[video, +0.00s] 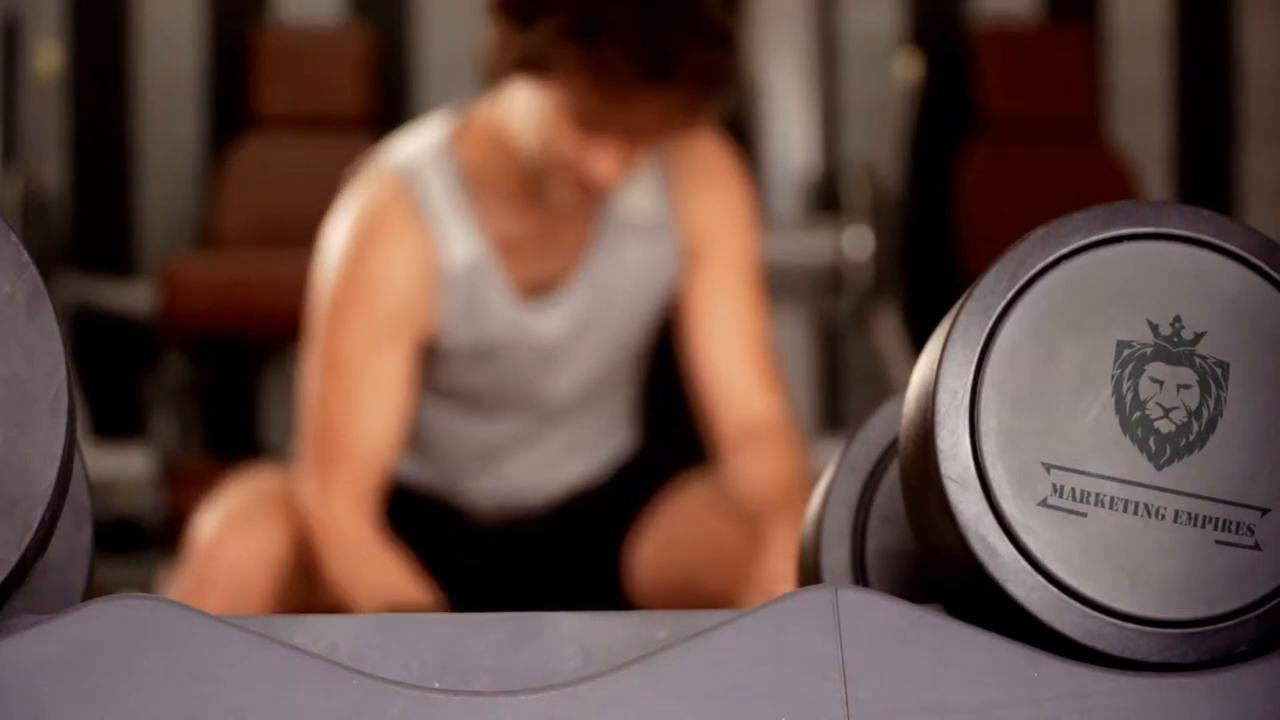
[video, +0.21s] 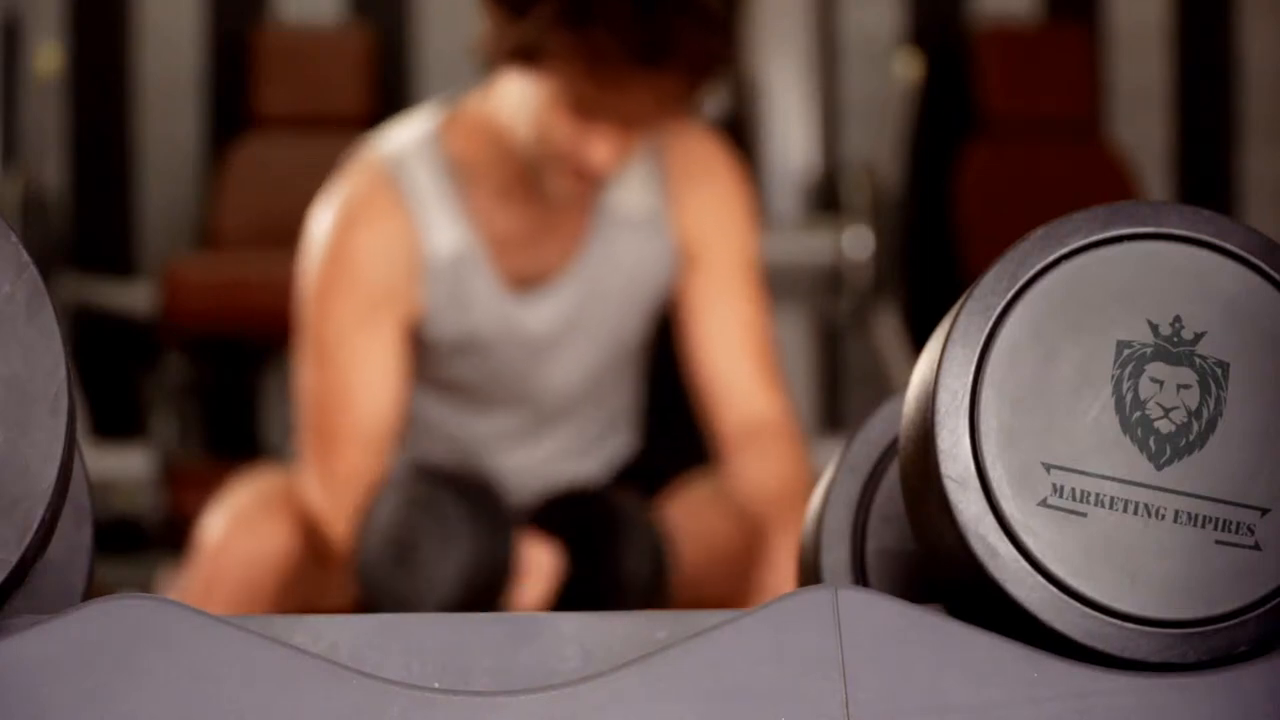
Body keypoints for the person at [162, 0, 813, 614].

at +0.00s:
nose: (611, 168)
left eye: (645, 137)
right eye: (591, 127)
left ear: (676, 110)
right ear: (524, 67)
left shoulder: (696, 170)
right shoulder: (393, 210)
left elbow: (753, 428)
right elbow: (337, 510)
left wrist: (790, 570)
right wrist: (457, 668)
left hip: (601, 521)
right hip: (418, 529)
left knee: (792, 540)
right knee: (241, 526)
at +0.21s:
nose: (606, 154)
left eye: (638, 123)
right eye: (583, 113)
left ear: (674, 101)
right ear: (520, 52)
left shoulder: (692, 171)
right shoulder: (377, 205)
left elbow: (756, 428)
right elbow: (343, 494)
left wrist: (783, 579)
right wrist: (488, 561)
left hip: (603, 533)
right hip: (414, 533)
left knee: (795, 517)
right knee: (248, 527)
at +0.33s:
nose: (602, 151)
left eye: (633, 119)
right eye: (579, 110)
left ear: (670, 92)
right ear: (512, 50)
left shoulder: (682, 169)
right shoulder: (353, 207)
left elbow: (754, 424)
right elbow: (354, 488)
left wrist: (793, 556)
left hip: (594, 536)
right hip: (411, 541)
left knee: (790, 523)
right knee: (251, 520)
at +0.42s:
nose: (597, 151)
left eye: (627, 120)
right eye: (575, 111)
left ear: (664, 90)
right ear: (508, 50)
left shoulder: (676, 170)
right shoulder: (341, 209)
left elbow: (750, 420)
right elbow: (355, 507)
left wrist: (789, 572)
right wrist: (556, 467)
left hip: (594, 535)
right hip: (400, 544)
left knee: (786, 527)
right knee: (250, 528)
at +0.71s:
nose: (573, 153)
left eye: (604, 120)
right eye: (547, 112)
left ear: (636, 98)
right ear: (476, 61)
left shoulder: (661, 171)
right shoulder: (314, 217)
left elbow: (746, 422)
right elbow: (346, 502)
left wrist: (789, 596)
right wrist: (494, 455)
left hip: (598, 525)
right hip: (399, 535)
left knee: (784, 541)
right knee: (250, 536)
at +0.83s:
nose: (569, 154)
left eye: (601, 121)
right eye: (543, 113)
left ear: (633, 97)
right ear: (470, 63)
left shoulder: (660, 171)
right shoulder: (311, 220)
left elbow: (747, 424)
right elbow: (348, 507)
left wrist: (787, 591)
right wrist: (501, 438)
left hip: (595, 524)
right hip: (398, 538)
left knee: (786, 541)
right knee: (249, 535)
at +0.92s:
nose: (569, 155)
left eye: (601, 122)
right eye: (543, 115)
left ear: (632, 101)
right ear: (472, 67)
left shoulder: (660, 171)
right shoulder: (312, 220)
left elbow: (748, 425)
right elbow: (351, 511)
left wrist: (785, 593)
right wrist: (499, 430)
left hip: (593, 523)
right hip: (398, 539)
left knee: (784, 541)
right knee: (249, 533)